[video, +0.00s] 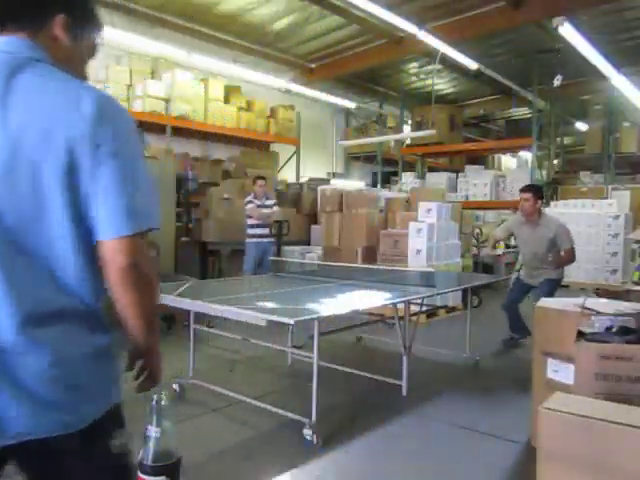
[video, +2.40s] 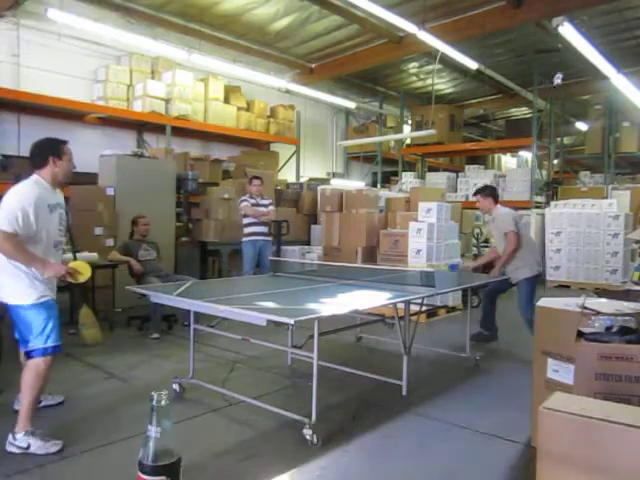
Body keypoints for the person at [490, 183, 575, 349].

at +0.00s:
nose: (521, 205)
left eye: (526, 200)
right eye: (520, 200)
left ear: (538, 203)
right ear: (519, 202)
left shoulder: (556, 227)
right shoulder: (516, 222)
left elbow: (570, 256)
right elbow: (496, 235)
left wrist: (554, 261)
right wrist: (491, 247)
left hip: (549, 274)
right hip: (527, 273)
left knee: (538, 303)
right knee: (509, 304)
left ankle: (544, 339)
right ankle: (519, 334)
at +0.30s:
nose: (511, 200)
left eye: (516, 196)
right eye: (511, 195)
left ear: (528, 199)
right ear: (511, 199)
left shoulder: (544, 222)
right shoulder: (509, 221)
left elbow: (558, 251)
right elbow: (498, 241)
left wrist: (531, 262)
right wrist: (505, 256)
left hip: (544, 272)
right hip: (522, 272)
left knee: (534, 305)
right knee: (504, 301)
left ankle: (542, 342)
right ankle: (509, 334)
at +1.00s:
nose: (525, 212)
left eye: (529, 207)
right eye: (523, 207)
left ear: (539, 209)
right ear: (520, 209)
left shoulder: (552, 233)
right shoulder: (514, 226)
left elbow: (564, 261)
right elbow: (493, 247)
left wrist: (553, 270)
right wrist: (509, 257)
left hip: (541, 278)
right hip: (519, 278)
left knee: (539, 312)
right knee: (497, 311)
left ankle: (543, 347)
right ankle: (510, 336)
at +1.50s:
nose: (514, 198)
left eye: (518, 194)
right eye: (512, 194)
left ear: (528, 197)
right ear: (511, 197)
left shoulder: (543, 220)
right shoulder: (509, 219)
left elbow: (559, 249)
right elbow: (500, 240)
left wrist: (534, 263)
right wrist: (504, 255)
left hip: (542, 270)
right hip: (521, 268)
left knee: (540, 307)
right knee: (501, 296)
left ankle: (545, 346)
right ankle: (489, 331)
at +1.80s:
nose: (495, 195)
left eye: (499, 191)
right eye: (493, 190)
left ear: (510, 194)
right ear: (492, 193)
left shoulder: (524, 213)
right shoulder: (491, 214)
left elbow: (539, 241)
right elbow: (483, 235)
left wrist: (518, 250)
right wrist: (491, 248)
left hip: (530, 265)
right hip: (507, 265)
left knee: (536, 305)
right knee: (490, 294)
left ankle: (544, 342)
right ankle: (488, 331)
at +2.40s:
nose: (478, 205)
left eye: (479, 200)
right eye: (477, 201)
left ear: (489, 199)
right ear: (489, 200)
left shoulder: (504, 214)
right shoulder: (493, 220)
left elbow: (513, 243)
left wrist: (497, 267)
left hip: (528, 268)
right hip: (513, 269)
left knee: (526, 309)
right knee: (489, 292)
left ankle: (545, 343)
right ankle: (487, 330)